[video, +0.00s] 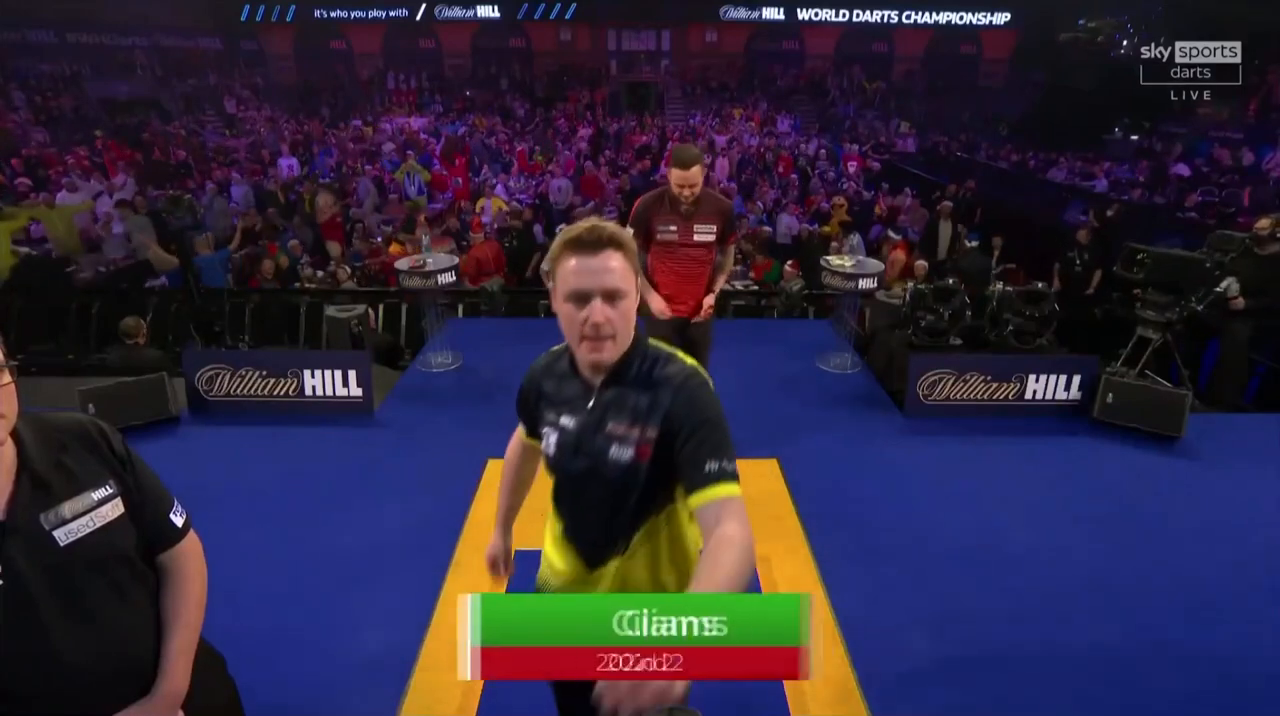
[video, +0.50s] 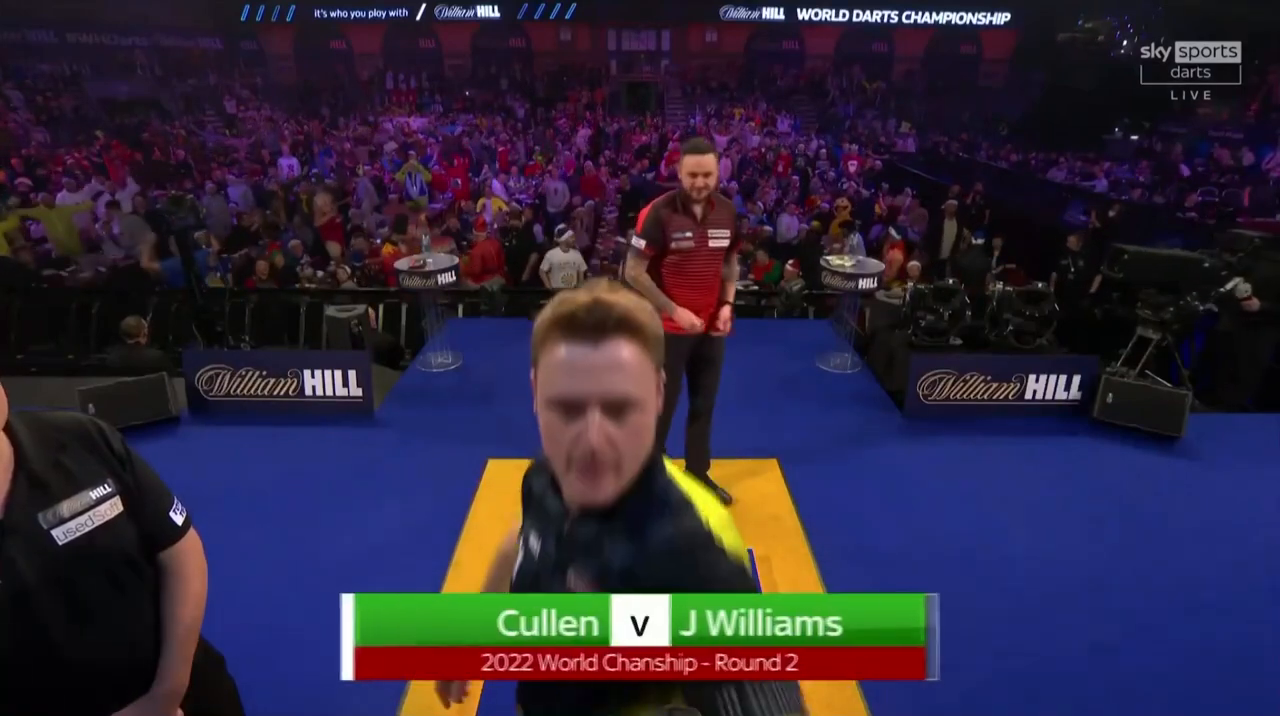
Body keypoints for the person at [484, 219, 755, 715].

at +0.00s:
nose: (597, 317)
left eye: (613, 297)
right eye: (579, 299)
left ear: (638, 298)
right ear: (553, 303)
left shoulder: (680, 387)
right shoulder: (546, 377)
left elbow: (729, 534)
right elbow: (527, 443)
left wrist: (677, 648)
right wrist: (502, 528)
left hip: (657, 614)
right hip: (565, 605)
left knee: (650, 706)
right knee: (574, 705)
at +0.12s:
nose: (590, 330)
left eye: (608, 309)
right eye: (571, 310)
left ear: (635, 308)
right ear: (543, 310)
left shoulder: (678, 406)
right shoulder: (538, 390)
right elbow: (513, 463)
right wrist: (495, 562)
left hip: (658, 639)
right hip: (559, 626)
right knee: (569, 706)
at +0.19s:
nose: (588, 345)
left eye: (607, 324)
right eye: (569, 325)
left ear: (637, 321)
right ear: (540, 322)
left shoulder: (677, 429)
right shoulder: (536, 401)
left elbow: (730, 610)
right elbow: (504, 472)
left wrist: (690, 708)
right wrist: (487, 581)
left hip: (653, 687)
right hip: (562, 672)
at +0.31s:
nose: (589, 382)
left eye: (610, 358)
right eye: (568, 358)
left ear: (645, 350)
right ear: (537, 350)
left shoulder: (681, 468)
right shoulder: (534, 434)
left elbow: (737, 660)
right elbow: (505, 495)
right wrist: (468, 600)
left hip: (646, 703)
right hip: (545, 692)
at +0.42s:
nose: (592, 425)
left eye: (617, 397)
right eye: (568, 397)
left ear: (655, 386)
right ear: (537, 386)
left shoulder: (687, 525)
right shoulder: (544, 470)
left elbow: (754, 685)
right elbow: (514, 538)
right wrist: (464, 637)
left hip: (634, 698)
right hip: (539, 691)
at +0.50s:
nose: (592, 438)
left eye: (617, 410)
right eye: (568, 410)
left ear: (659, 399)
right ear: (535, 397)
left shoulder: (693, 546)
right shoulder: (543, 485)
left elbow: (768, 702)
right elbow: (521, 549)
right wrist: (470, 637)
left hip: (640, 700)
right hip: (540, 697)